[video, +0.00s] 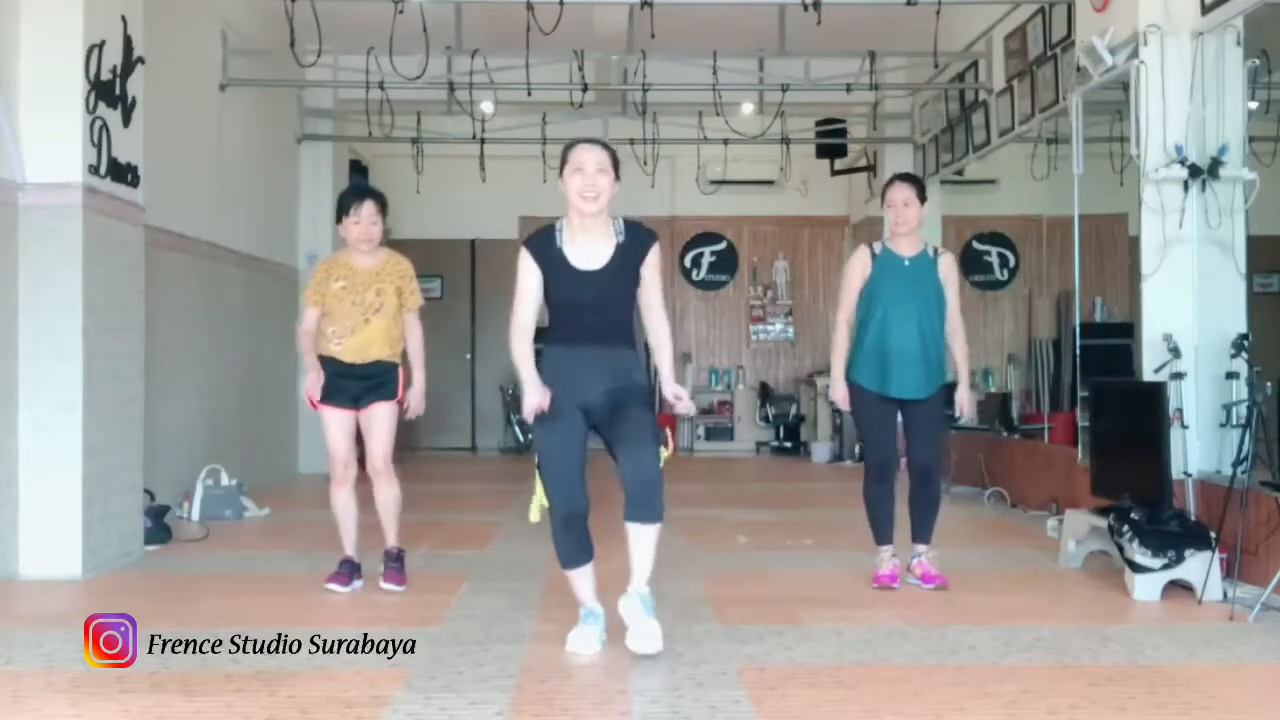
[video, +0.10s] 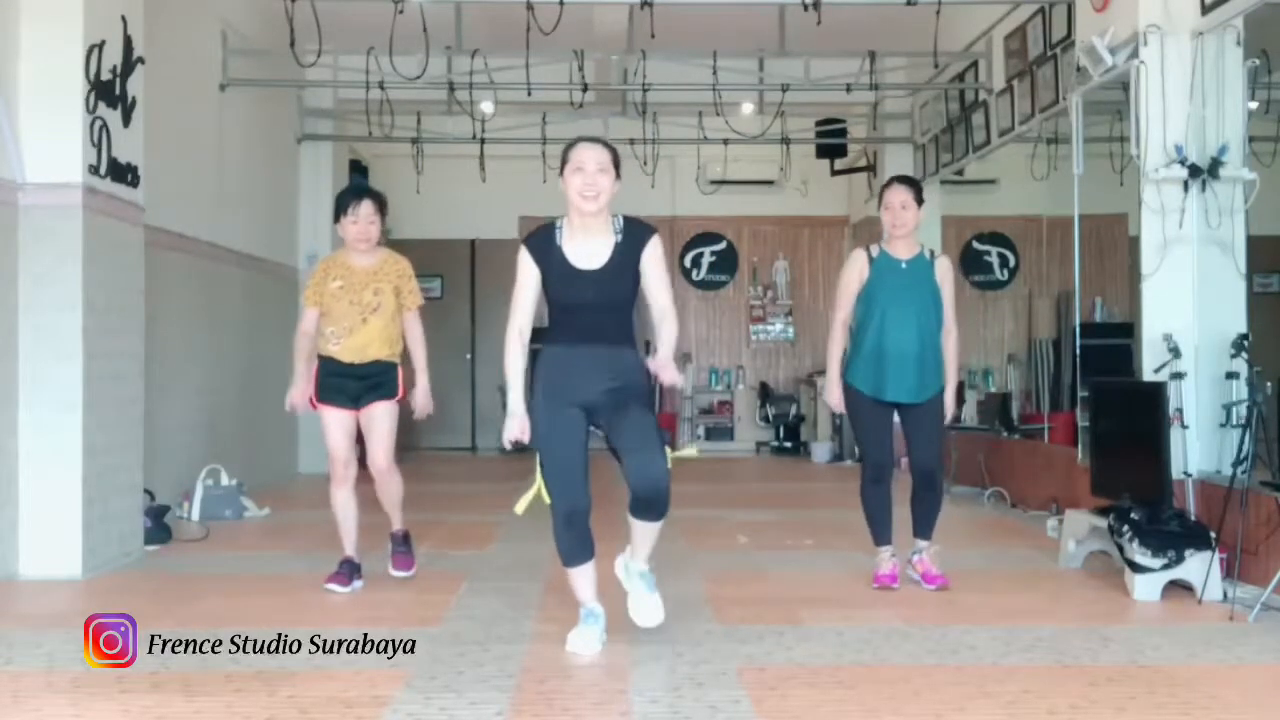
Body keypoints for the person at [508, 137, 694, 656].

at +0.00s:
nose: (589, 180)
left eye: (599, 171)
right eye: (579, 171)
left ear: (615, 183)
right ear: (561, 181)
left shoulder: (640, 243)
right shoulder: (538, 249)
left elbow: (655, 316)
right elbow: (522, 326)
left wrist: (668, 378)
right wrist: (530, 381)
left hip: (625, 385)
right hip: (558, 387)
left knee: (645, 475)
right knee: (566, 503)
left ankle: (639, 595)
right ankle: (590, 611)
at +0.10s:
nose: (589, 179)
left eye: (600, 171)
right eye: (578, 170)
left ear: (616, 182)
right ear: (561, 180)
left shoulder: (641, 240)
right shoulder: (538, 247)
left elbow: (663, 310)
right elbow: (518, 330)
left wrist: (664, 352)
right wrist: (515, 406)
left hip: (624, 382)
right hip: (557, 385)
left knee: (653, 481)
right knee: (569, 503)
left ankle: (636, 565)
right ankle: (588, 611)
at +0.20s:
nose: (592, 163)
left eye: (603, 154)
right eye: (580, 153)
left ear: (618, 164)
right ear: (564, 162)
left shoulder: (641, 220)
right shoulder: (538, 227)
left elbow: (671, 290)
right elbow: (514, 307)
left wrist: (662, 311)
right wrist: (504, 381)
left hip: (626, 366)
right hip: (562, 368)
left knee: (651, 489)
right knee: (575, 494)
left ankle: (636, 565)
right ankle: (588, 609)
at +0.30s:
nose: (591, 163)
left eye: (602, 154)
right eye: (580, 154)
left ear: (618, 163)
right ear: (563, 162)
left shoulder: (640, 215)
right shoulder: (538, 224)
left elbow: (675, 284)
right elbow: (512, 296)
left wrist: (652, 288)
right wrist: (495, 360)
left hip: (630, 364)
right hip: (565, 367)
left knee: (637, 487)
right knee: (576, 493)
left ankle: (636, 585)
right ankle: (590, 609)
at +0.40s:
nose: (590, 170)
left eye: (601, 161)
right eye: (579, 161)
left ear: (617, 171)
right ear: (562, 171)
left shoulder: (641, 227)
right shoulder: (541, 236)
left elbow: (679, 300)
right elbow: (512, 299)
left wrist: (646, 288)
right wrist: (488, 360)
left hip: (632, 376)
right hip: (567, 380)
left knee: (640, 492)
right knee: (576, 498)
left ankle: (635, 587)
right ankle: (590, 609)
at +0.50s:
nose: (589, 180)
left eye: (600, 172)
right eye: (579, 171)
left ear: (616, 183)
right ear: (562, 182)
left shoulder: (642, 242)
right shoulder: (539, 245)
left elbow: (675, 315)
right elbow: (508, 306)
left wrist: (646, 296)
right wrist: (485, 361)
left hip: (632, 386)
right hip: (565, 389)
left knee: (661, 499)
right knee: (574, 503)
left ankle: (637, 576)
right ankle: (590, 611)